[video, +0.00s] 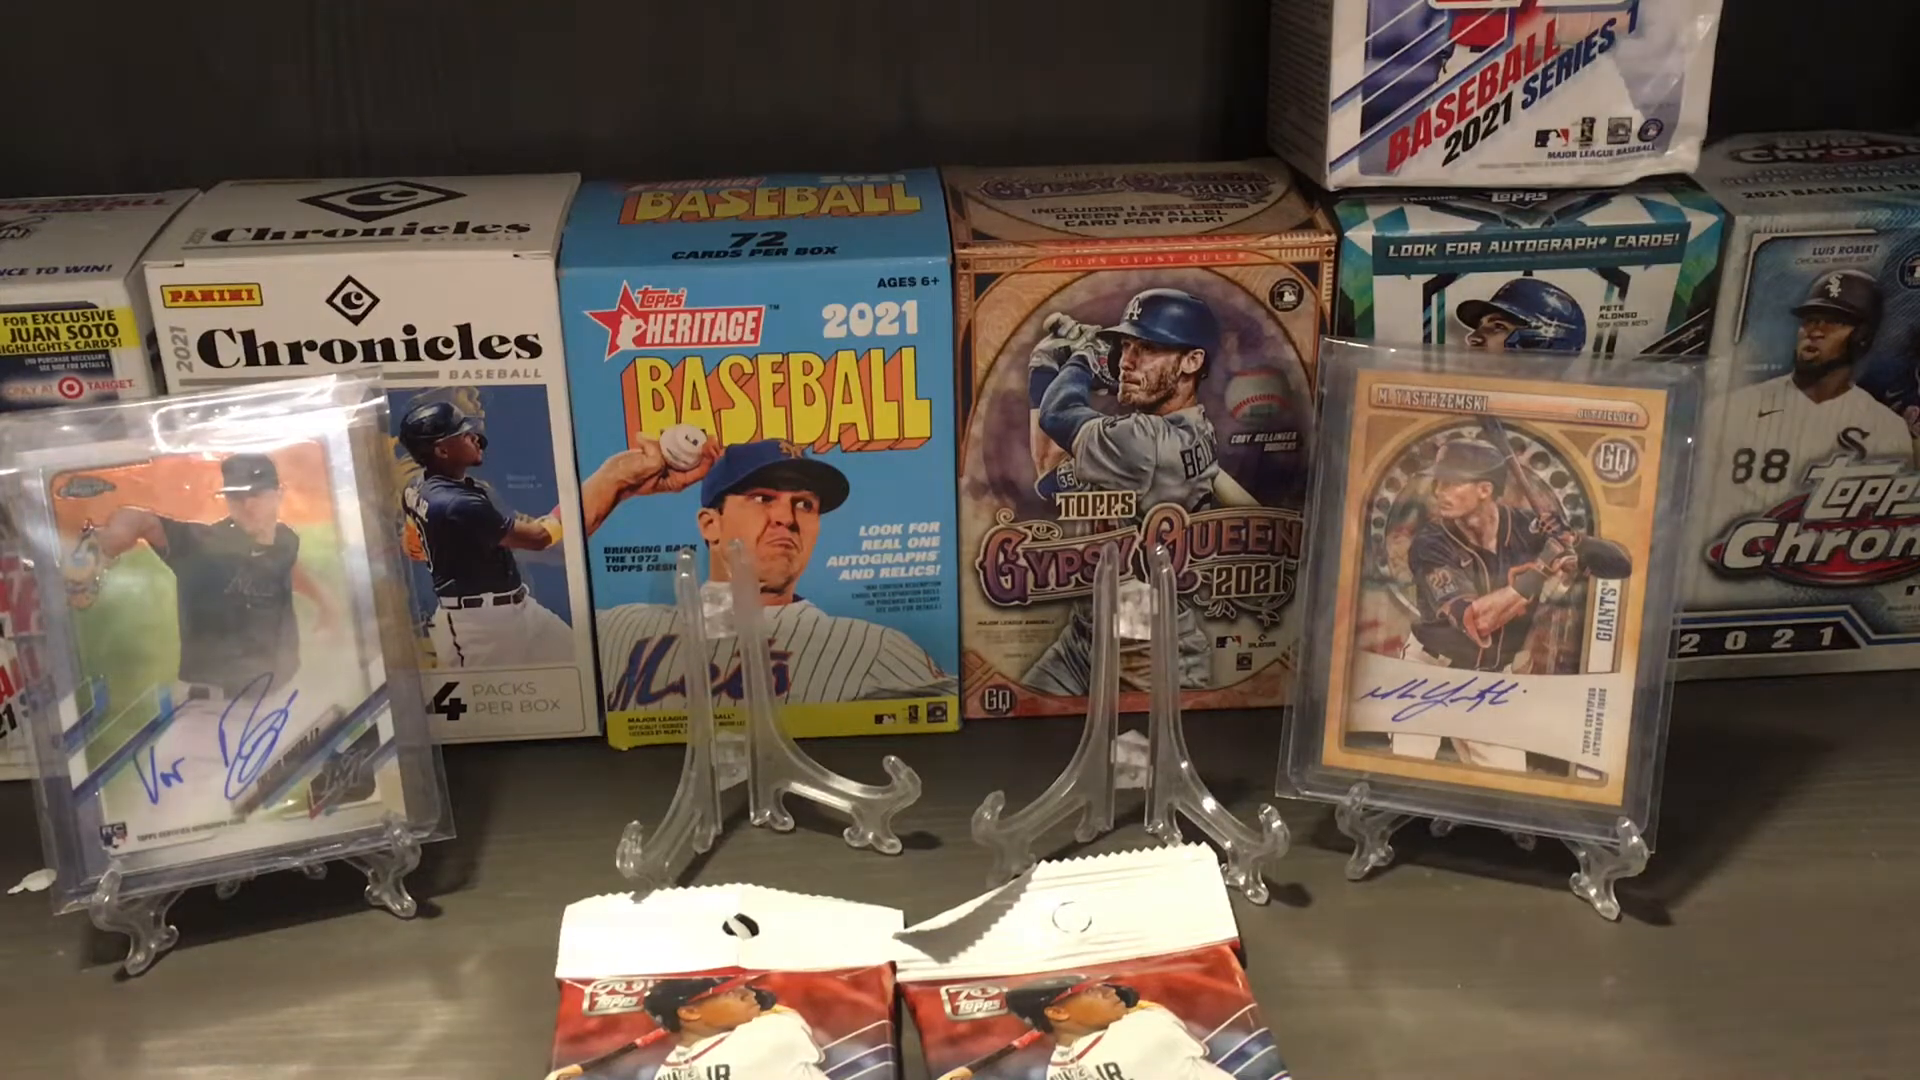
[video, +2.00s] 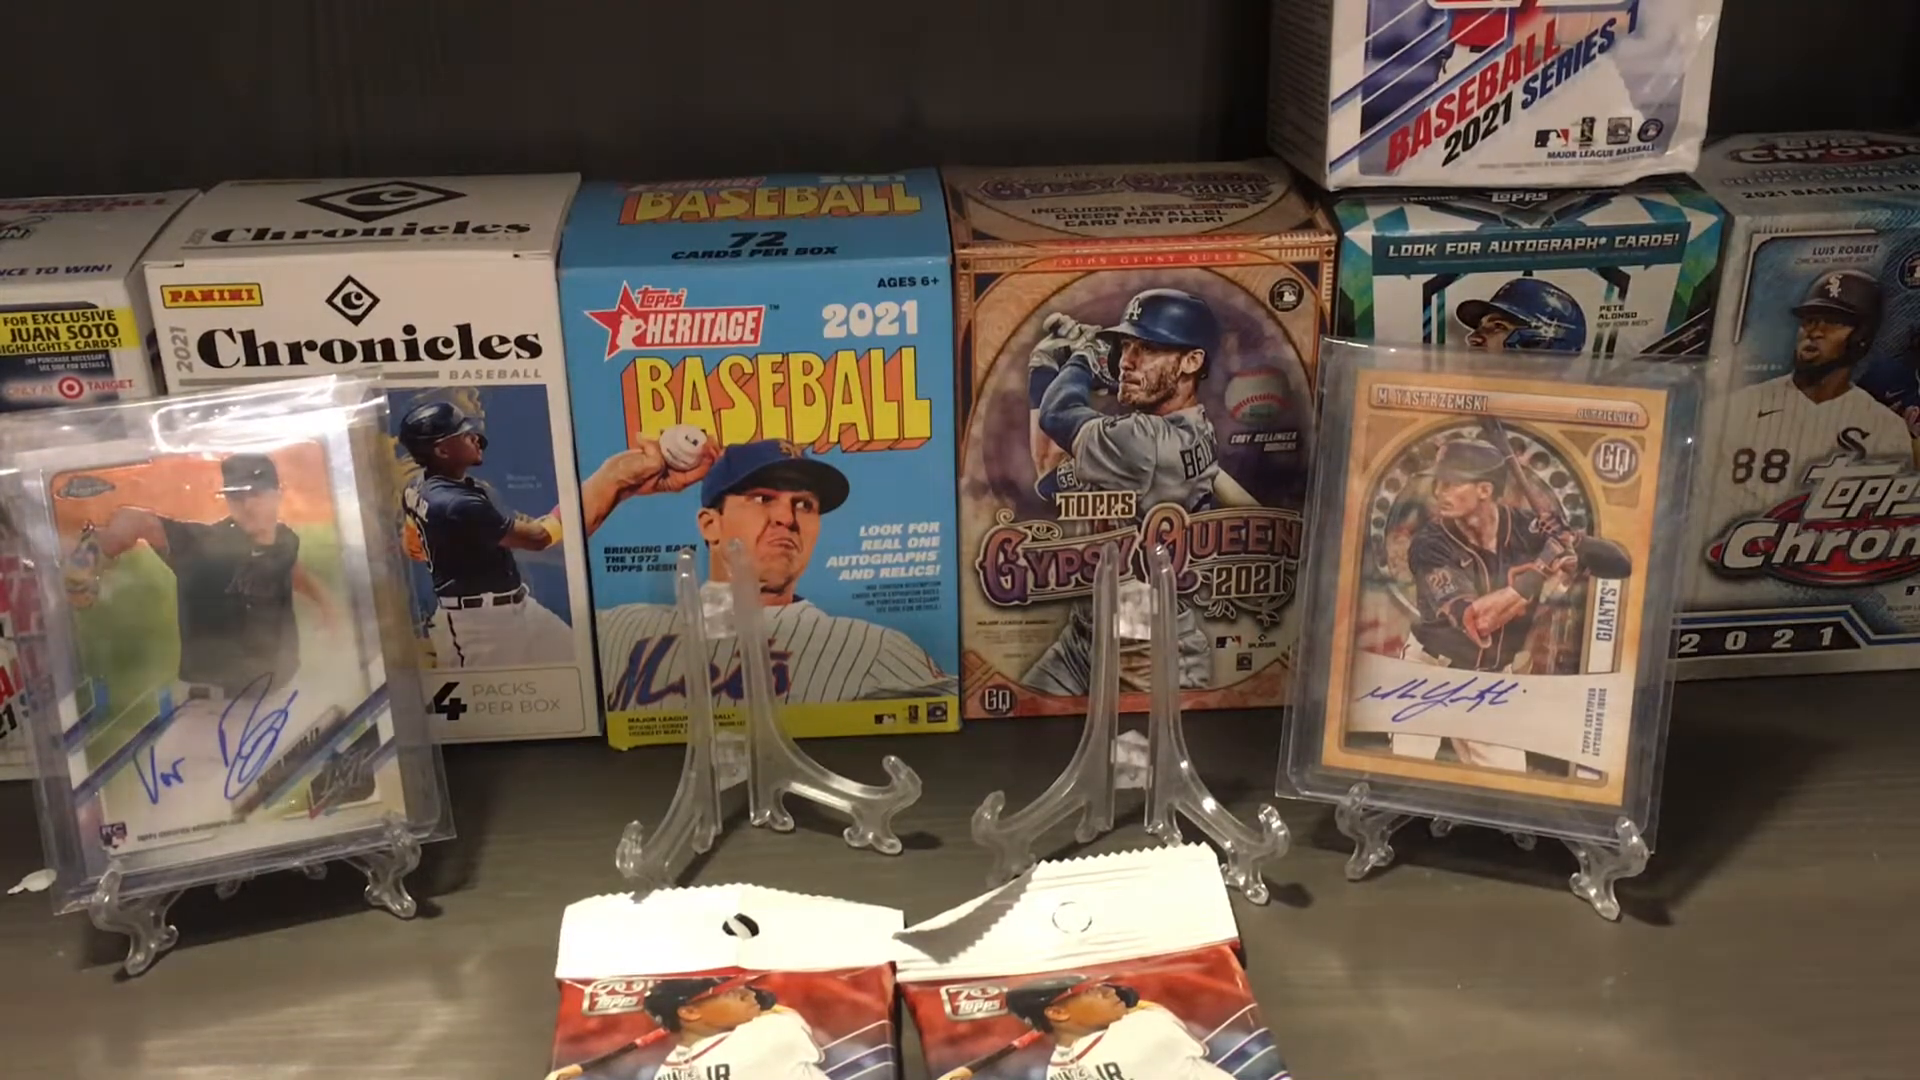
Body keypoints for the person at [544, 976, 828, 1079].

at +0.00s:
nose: (744, 993)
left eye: (734, 987)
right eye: (726, 993)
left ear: (690, 1015)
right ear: (691, 1014)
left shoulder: (666, 1072)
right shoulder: (777, 1034)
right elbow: (779, 1007)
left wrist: (575, 1073)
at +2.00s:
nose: (743, 992)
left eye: (733, 986)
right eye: (726, 992)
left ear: (690, 1015)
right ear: (691, 1014)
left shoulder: (666, 1071)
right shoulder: (778, 1034)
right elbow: (780, 1008)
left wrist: (576, 1072)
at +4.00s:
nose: (746, 993)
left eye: (737, 986)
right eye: (728, 993)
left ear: (689, 1015)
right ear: (691, 1015)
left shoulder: (664, 1072)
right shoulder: (779, 1033)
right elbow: (777, 1007)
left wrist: (578, 1072)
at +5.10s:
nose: (747, 994)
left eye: (739, 987)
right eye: (730, 994)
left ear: (690, 1015)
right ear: (692, 1014)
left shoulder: (666, 1071)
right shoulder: (778, 1034)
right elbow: (778, 1007)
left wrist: (579, 1072)